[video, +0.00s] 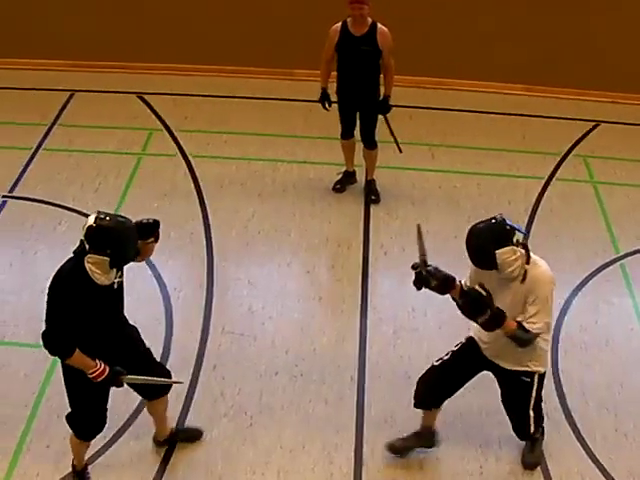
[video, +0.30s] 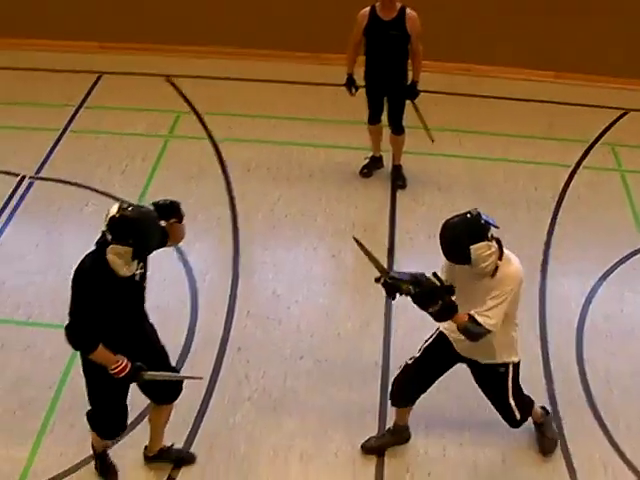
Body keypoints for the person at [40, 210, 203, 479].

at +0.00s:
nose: (147, 250)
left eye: (148, 247)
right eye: (141, 247)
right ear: (114, 251)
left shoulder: (109, 256)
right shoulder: (66, 283)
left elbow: (135, 256)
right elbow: (55, 342)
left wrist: (144, 243)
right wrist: (98, 370)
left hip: (118, 337)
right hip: (84, 355)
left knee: (158, 385)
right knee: (88, 422)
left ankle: (163, 434)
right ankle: (78, 468)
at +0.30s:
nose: (136, 258)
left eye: (139, 252)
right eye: (133, 252)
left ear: (141, 244)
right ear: (120, 244)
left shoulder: (139, 243)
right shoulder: (89, 272)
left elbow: (174, 238)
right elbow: (78, 336)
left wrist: (174, 221)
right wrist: (116, 364)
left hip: (137, 332)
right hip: (103, 346)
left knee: (167, 387)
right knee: (110, 421)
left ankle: (155, 449)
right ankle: (99, 453)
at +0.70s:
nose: (144, 230)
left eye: (144, 225)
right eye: (140, 226)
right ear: (126, 226)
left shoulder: (126, 229)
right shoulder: (85, 256)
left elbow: (155, 215)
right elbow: (73, 322)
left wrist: (162, 205)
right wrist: (112, 347)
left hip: (131, 316)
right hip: (97, 336)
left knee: (172, 361)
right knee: (96, 407)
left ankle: (173, 417)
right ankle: (71, 450)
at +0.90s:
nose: (130, 217)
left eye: (130, 213)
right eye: (126, 213)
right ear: (110, 210)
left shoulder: (110, 206)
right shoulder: (72, 237)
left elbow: (135, 222)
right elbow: (72, 305)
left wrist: (154, 204)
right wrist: (119, 324)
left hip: (115, 287)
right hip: (83, 304)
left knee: (149, 333)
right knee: (96, 374)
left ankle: (181, 382)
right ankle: (80, 420)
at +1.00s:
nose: (123, 212)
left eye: (124, 208)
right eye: (120, 208)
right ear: (102, 206)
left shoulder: (94, 205)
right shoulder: (67, 237)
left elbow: (117, 223)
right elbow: (74, 305)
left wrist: (145, 214)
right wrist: (124, 316)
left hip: (100, 282)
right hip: (70, 301)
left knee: (139, 324)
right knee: (95, 370)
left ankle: (159, 375)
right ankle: (86, 414)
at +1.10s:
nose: (116, 210)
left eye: (118, 205)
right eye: (114, 206)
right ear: (97, 205)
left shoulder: (87, 202)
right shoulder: (66, 238)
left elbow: (111, 222)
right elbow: (84, 305)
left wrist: (137, 214)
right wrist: (135, 304)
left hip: (92, 281)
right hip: (66, 303)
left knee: (125, 321)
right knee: (97, 369)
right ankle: (92, 414)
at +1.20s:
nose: (121, 204)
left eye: (122, 199)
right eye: (118, 200)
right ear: (100, 200)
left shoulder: (83, 196)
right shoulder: (73, 236)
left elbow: (114, 212)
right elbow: (99, 298)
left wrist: (139, 207)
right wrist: (147, 277)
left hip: (85, 290)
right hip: (71, 306)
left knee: (114, 321)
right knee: (110, 365)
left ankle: (82, 378)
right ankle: (103, 411)